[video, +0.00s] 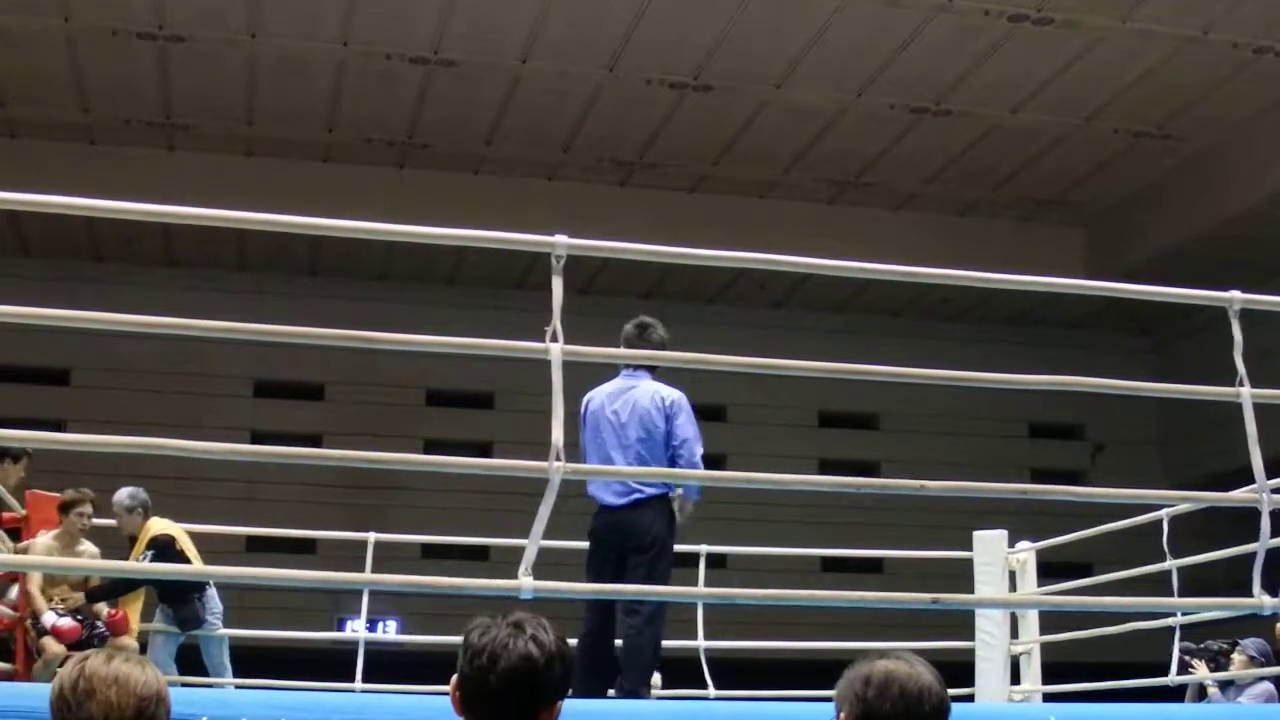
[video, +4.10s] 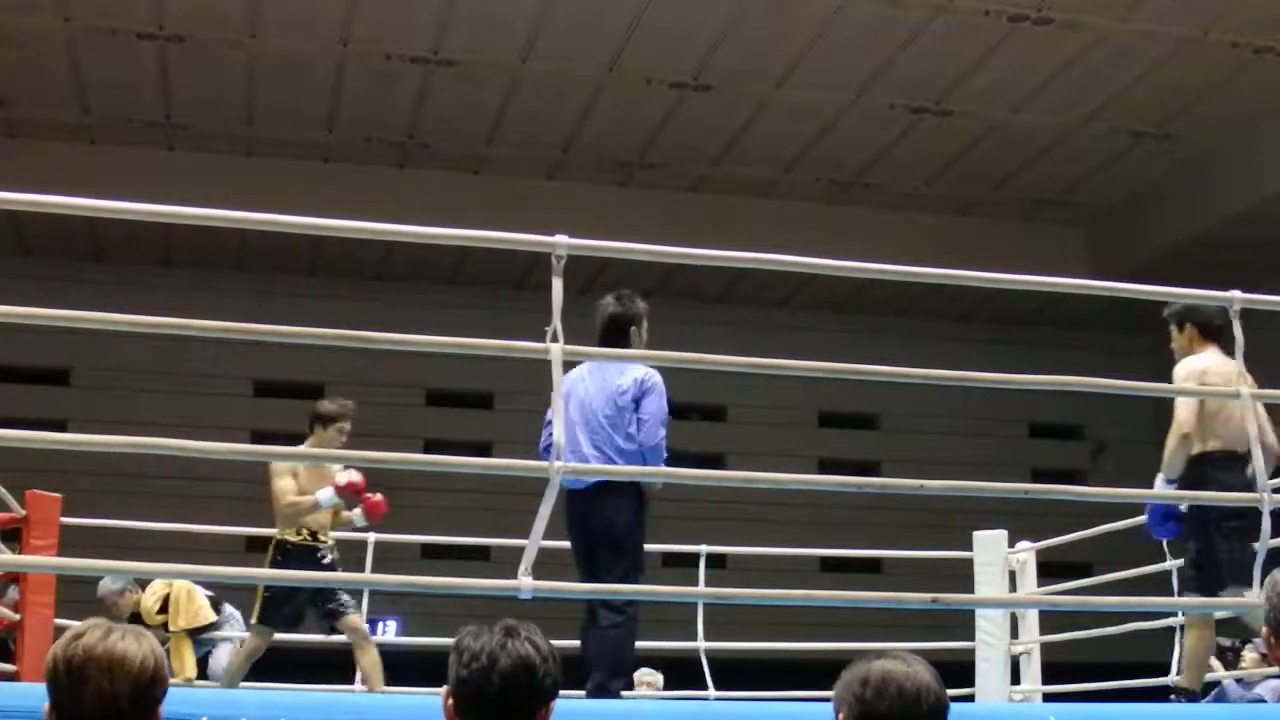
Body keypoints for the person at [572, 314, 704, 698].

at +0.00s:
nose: (658, 355)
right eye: (659, 351)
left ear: (622, 350)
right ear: (659, 354)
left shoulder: (592, 399)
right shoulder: (671, 399)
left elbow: (589, 456)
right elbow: (690, 457)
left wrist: (608, 485)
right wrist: (687, 499)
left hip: (606, 516)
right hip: (651, 515)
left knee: (597, 607)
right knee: (642, 608)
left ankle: (585, 698)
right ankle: (632, 698)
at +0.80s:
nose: (659, 362)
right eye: (662, 357)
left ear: (624, 356)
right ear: (660, 359)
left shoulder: (594, 401)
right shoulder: (673, 399)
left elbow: (569, 452)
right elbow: (700, 453)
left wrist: (550, 458)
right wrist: (731, 497)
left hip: (611, 519)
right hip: (657, 518)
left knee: (602, 607)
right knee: (647, 608)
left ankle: (587, 698)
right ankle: (633, 698)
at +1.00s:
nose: (670, 362)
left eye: (666, 356)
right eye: (669, 357)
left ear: (628, 355)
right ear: (664, 359)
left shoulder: (594, 399)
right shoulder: (669, 398)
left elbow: (550, 435)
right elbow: (708, 439)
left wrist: (536, 417)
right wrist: (769, 435)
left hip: (612, 516)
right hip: (656, 515)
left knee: (603, 606)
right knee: (648, 606)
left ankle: (587, 697)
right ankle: (634, 698)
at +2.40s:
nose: (673, 366)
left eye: (673, 360)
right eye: (673, 360)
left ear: (631, 356)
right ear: (666, 360)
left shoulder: (597, 399)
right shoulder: (669, 396)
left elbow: (555, 437)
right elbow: (714, 428)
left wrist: (529, 473)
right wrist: (768, 402)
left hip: (610, 517)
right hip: (655, 516)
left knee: (602, 604)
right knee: (645, 606)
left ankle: (589, 696)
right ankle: (633, 698)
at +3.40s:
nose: (660, 361)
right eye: (664, 355)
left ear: (627, 361)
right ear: (665, 361)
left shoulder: (604, 407)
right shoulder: (677, 408)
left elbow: (586, 463)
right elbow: (726, 457)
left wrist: (589, 439)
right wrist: (772, 442)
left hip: (617, 528)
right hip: (661, 525)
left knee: (631, 615)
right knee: (692, 610)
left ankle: (638, 705)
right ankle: (653, 680)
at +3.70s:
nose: (660, 360)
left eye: (655, 354)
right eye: (658, 354)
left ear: (615, 359)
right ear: (652, 360)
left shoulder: (592, 409)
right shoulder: (670, 407)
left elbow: (600, 458)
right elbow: (694, 467)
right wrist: (698, 445)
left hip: (611, 524)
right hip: (657, 520)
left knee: (626, 609)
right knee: (681, 603)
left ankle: (635, 699)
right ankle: (645, 665)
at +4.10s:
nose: (649, 334)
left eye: (646, 326)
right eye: (646, 327)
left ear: (600, 331)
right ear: (636, 332)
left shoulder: (572, 379)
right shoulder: (645, 377)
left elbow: (548, 442)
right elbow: (651, 439)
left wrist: (569, 474)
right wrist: (654, 478)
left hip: (577, 496)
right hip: (621, 495)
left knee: (594, 587)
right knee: (620, 588)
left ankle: (600, 678)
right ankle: (608, 685)